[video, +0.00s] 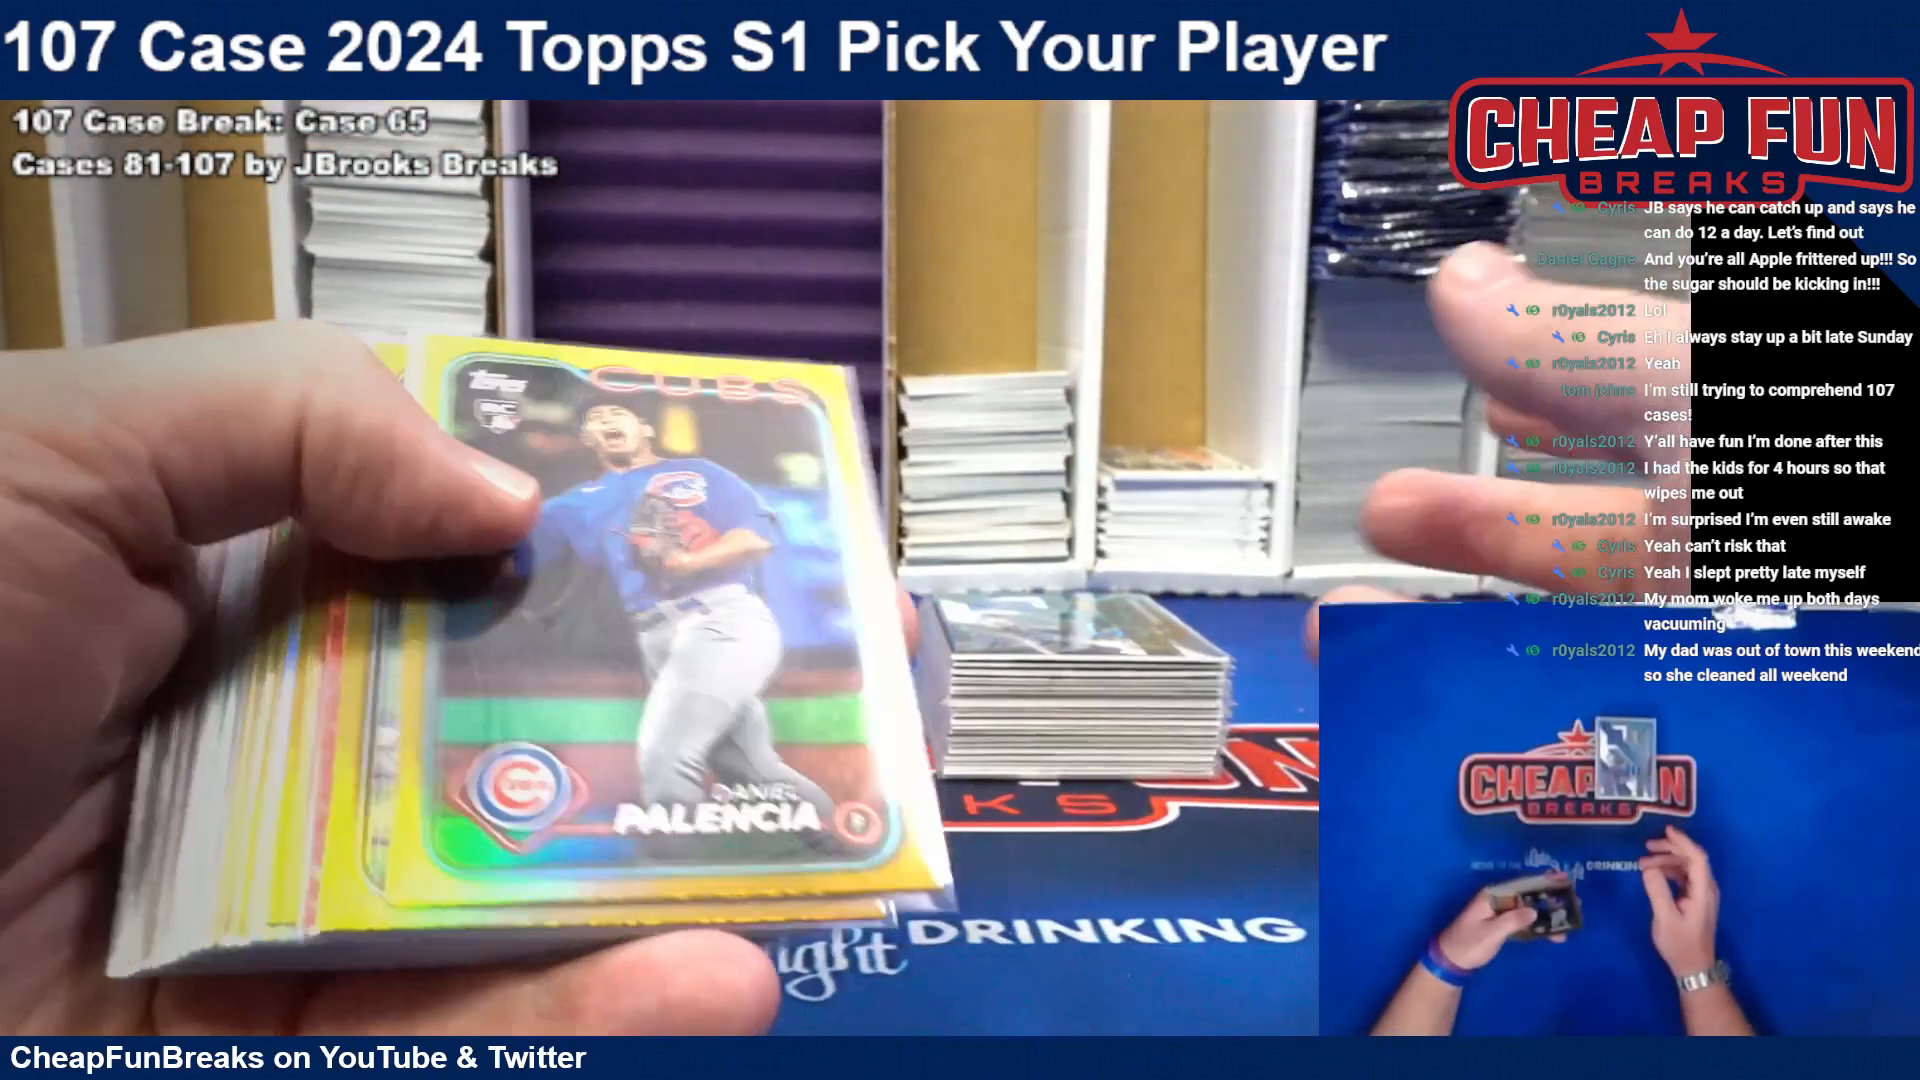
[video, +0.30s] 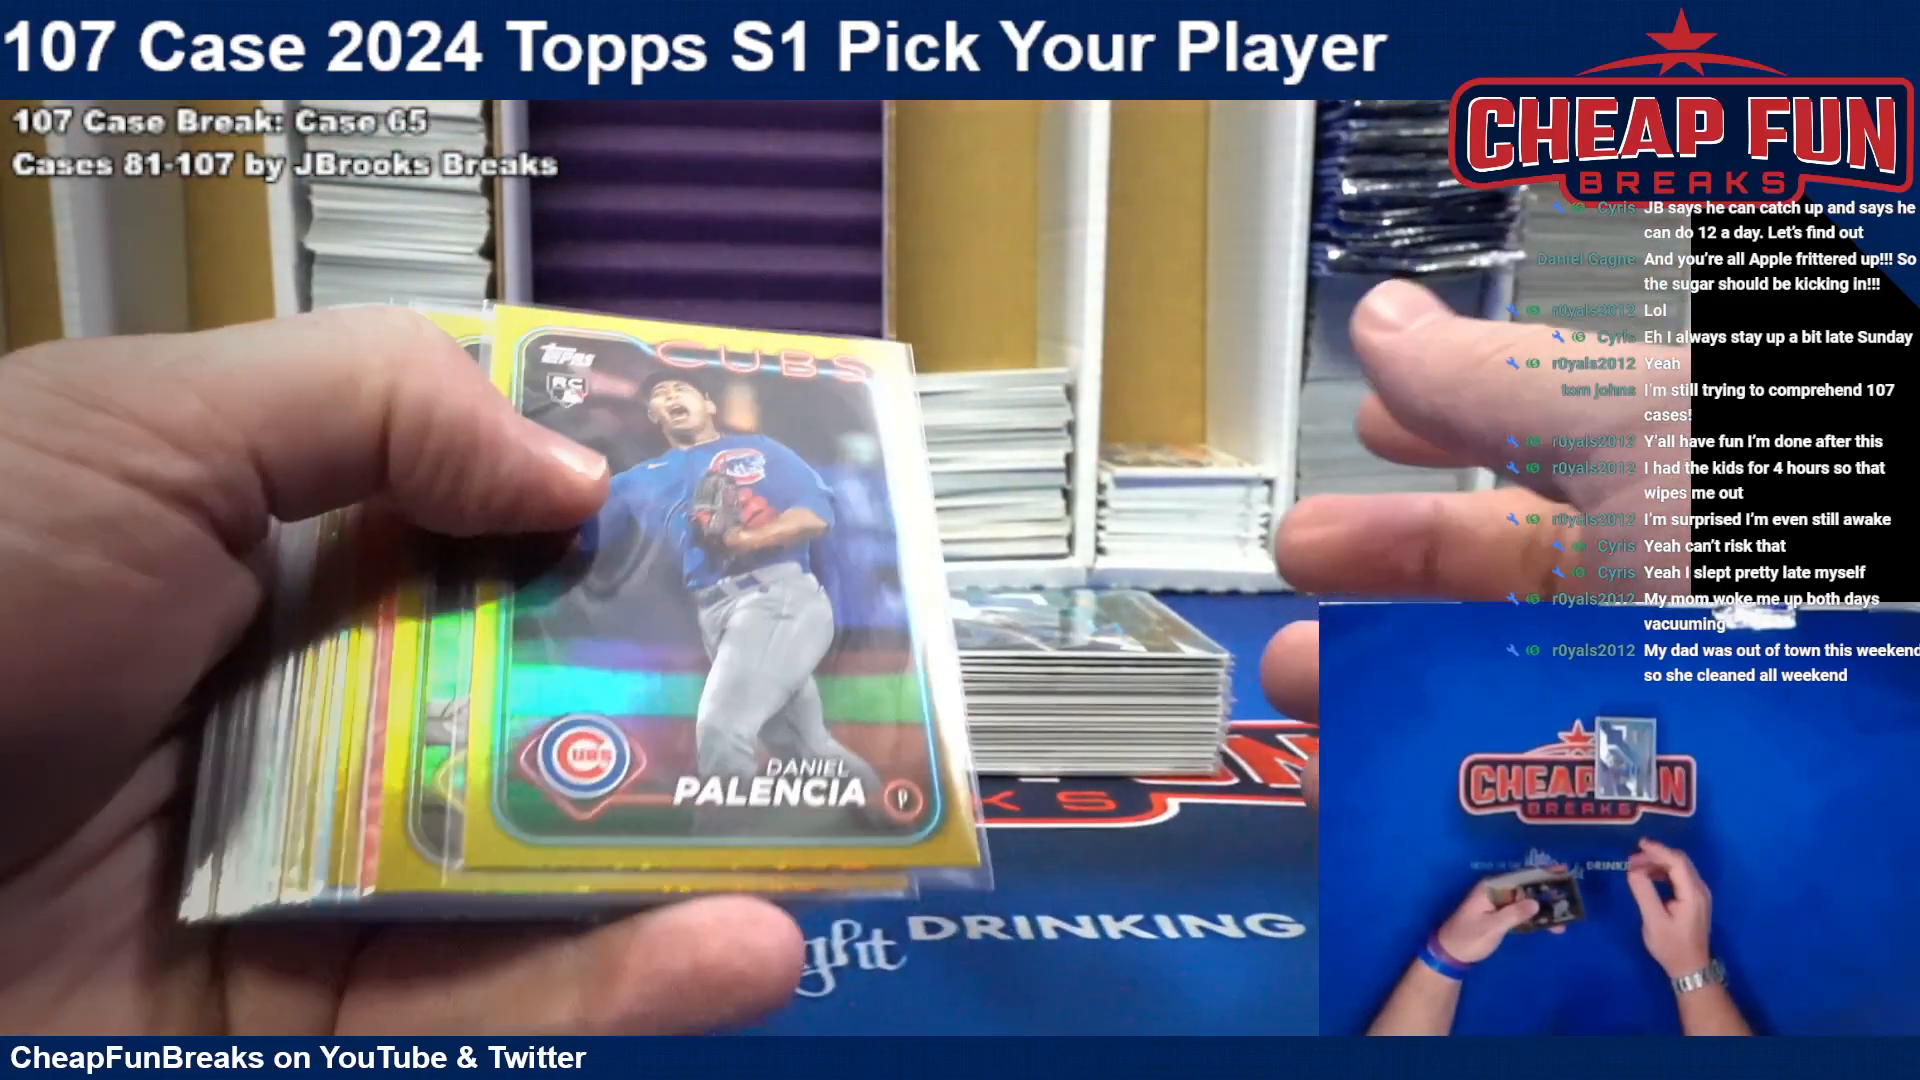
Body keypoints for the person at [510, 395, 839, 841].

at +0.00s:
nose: (609, 424)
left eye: (619, 416)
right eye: (596, 419)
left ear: (646, 431)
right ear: (585, 440)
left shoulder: (699, 473)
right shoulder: (585, 502)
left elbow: (758, 535)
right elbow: (511, 539)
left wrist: (689, 561)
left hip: (728, 621)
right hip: (660, 638)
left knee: (665, 754)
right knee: (753, 768)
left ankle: (682, 893)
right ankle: (851, 849)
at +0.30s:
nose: (672, 399)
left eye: (681, 391)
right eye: (660, 396)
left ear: (708, 405)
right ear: (653, 419)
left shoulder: (759, 448)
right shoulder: (648, 476)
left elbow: (817, 514)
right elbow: (577, 508)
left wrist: (748, 539)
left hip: (782, 596)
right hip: (719, 614)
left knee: (722, 728)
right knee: (807, 750)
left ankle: (731, 864)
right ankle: (900, 828)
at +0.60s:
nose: (685, 383)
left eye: (694, 374)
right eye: (674, 380)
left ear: (722, 390)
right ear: (667, 405)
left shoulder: (774, 432)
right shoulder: (666, 462)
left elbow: (831, 496)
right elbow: (596, 499)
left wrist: (766, 522)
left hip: (797, 581)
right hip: (735, 600)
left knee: (740, 715)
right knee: (824, 731)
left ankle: (745, 856)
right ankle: (922, 818)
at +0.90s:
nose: (717, 372)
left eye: (727, 362)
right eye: (705, 368)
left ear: (757, 376)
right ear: (697, 391)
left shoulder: (809, 422)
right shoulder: (694, 455)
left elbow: (864, 490)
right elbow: (618, 494)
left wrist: (794, 519)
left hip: (828, 580)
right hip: (760, 601)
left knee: (762, 723)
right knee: (849, 739)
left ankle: (759, 877)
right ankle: (945, 836)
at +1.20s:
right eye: (692, 395)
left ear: (712, 404)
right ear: (655, 400)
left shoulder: (697, 451)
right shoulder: (605, 448)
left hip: (690, 614)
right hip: (602, 612)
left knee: (773, 659)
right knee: (479, 708)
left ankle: (787, 816)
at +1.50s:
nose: (762, 412)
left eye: (767, 407)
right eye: (749, 402)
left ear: (771, 423)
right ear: (712, 411)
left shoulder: (794, 486)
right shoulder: (655, 461)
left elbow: (843, 544)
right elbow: (559, 454)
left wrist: (883, 594)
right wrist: (590, 397)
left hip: (728, 618)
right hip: (645, 610)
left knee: (807, 664)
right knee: (532, 693)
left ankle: (822, 805)